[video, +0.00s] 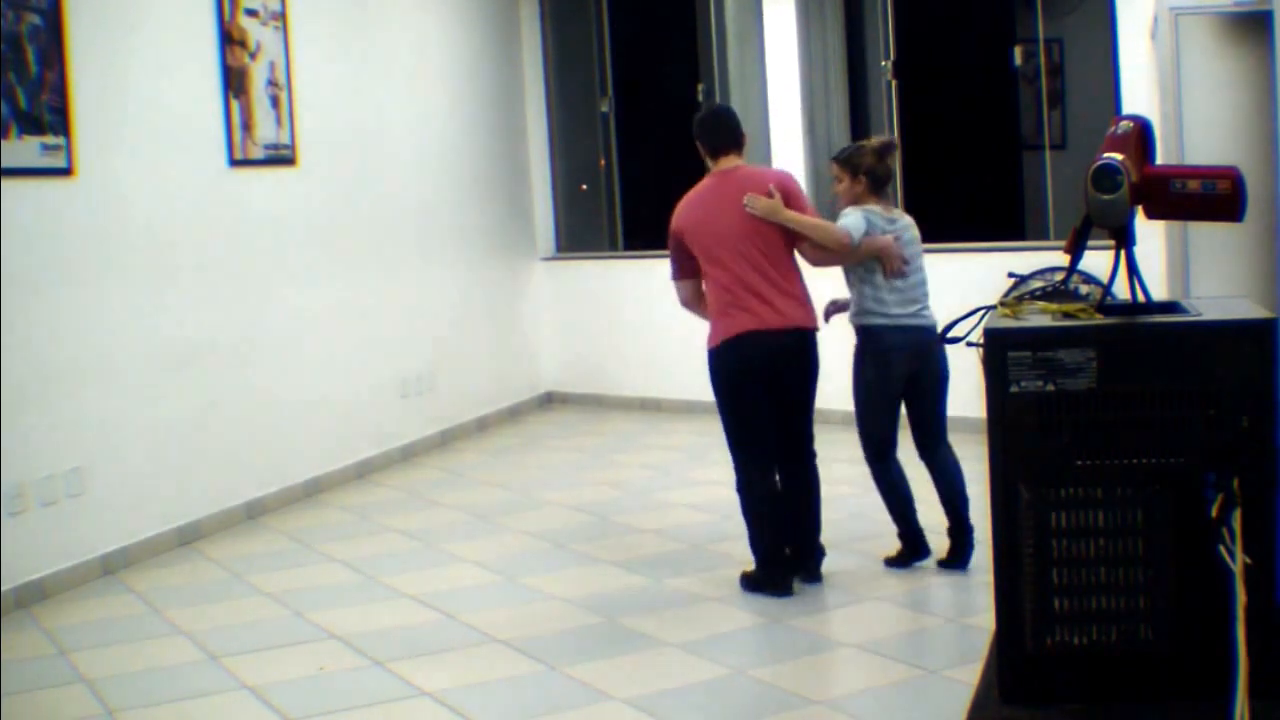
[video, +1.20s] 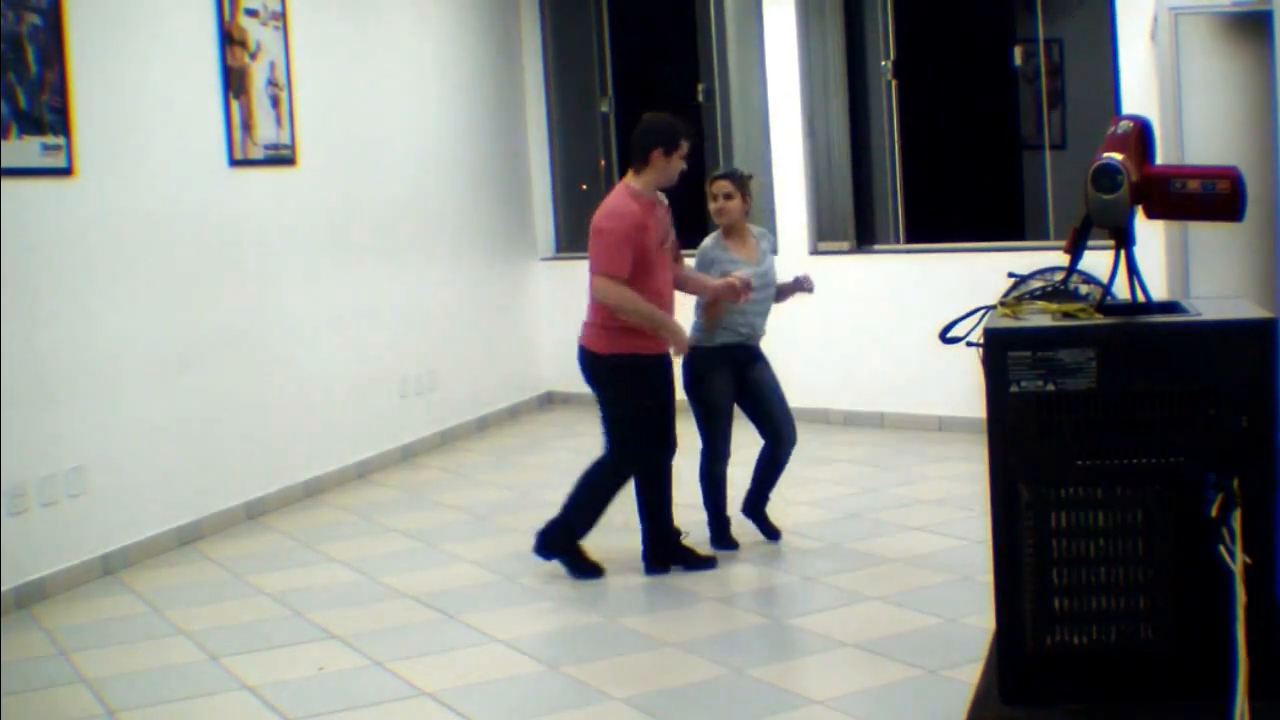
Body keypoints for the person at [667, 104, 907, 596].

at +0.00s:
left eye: (703, 148)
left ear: (700, 150)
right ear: (743, 140)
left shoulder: (686, 211)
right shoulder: (777, 183)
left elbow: (691, 297)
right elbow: (816, 251)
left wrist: (733, 314)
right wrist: (873, 247)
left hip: (732, 346)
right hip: (794, 337)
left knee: (752, 462)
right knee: (797, 449)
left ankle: (772, 571)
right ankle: (806, 560)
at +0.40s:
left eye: (699, 146)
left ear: (697, 150)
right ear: (741, 142)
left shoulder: (680, 211)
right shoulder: (772, 189)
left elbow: (665, 291)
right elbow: (806, 263)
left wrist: (696, 333)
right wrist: (846, 264)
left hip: (723, 351)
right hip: (784, 342)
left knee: (733, 463)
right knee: (791, 454)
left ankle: (759, 565)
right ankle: (795, 564)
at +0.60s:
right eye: (734, 138)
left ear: (693, 145)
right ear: (737, 142)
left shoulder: (671, 206)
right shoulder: (758, 193)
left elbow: (658, 288)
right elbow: (801, 265)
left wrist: (701, 297)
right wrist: (834, 263)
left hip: (703, 347)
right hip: (764, 337)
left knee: (704, 443)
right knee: (781, 450)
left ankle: (686, 550)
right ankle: (794, 560)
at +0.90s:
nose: (727, 158)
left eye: (726, 152)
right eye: (727, 152)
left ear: (679, 144)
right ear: (717, 150)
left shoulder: (639, 195)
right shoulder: (716, 208)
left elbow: (640, 258)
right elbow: (731, 287)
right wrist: (781, 291)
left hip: (636, 341)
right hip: (690, 343)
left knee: (663, 443)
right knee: (731, 450)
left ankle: (660, 548)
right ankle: (755, 553)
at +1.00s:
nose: (716, 159)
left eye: (716, 150)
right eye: (716, 151)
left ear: (670, 146)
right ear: (703, 152)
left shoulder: (638, 195)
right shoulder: (688, 212)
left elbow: (643, 268)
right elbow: (691, 292)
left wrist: (705, 275)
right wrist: (746, 316)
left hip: (623, 342)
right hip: (665, 346)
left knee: (658, 442)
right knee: (712, 437)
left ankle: (659, 552)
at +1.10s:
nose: (700, 166)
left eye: (701, 158)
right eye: (698, 158)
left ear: (662, 154)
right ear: (682, 156)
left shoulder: (638, 201)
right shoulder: (656, 212)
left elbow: (658, 276)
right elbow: (651, 293)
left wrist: (709, 290)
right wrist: (706, 329)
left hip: (626, 344)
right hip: (643, 348)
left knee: (659, 444)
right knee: (672, 448)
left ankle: (662, 545)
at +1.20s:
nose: (683, 167)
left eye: (685, 158)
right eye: (681, 158)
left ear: (655, 156)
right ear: (658, 156)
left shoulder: (657, 208)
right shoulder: (619, 212)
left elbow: (666, 271)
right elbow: (605, 288)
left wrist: (712, 287)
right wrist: (665, 324)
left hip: (648, 351)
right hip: (615, 353)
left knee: (656, 450)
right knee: (629, 450)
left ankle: (662, 546)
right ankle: (560, 535)